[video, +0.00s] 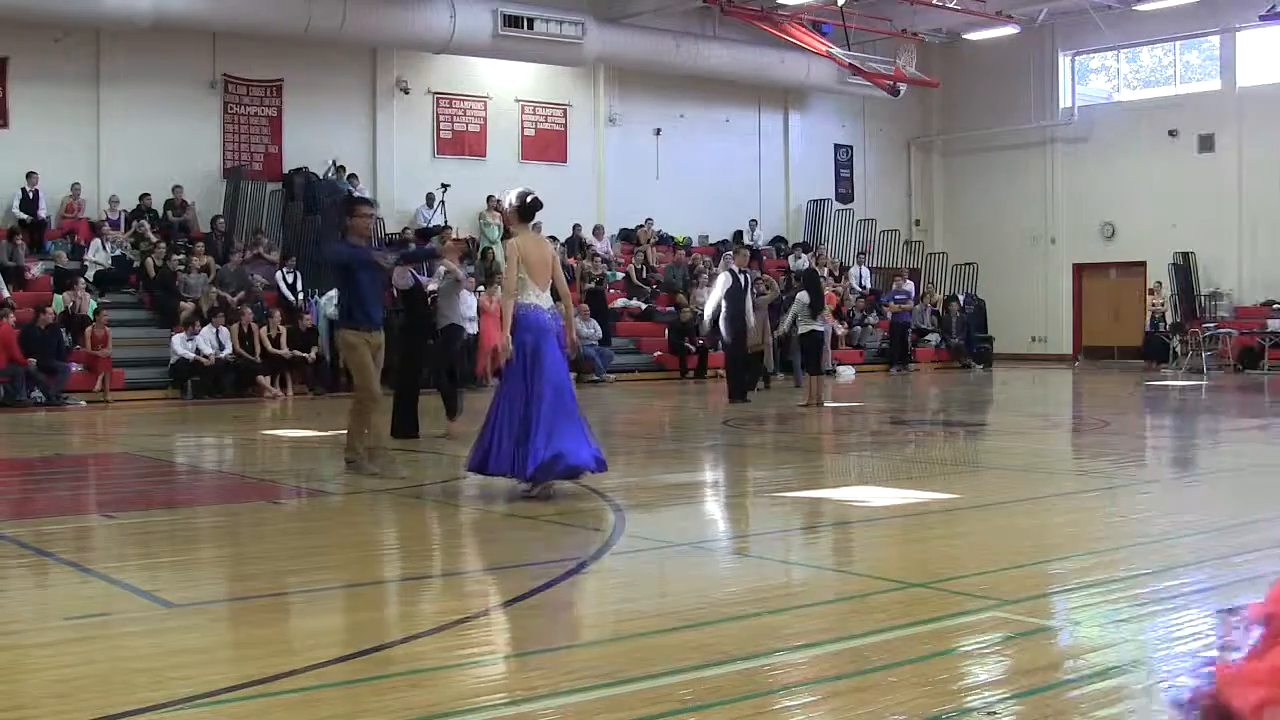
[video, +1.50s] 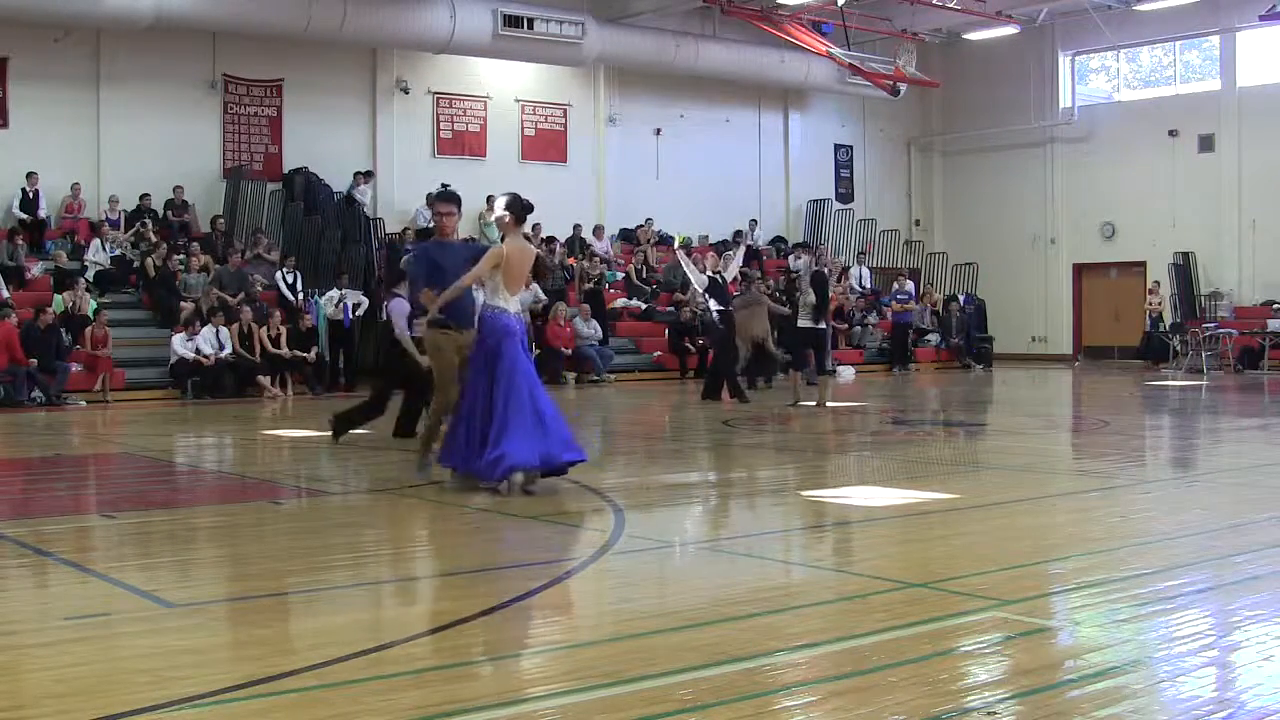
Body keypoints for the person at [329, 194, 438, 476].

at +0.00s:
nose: (369, 223)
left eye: (371, 218)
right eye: (364, 218)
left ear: (372, 221)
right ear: (349, 220)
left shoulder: (376, 251)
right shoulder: (342, 248)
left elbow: (404, 255)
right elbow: (331, 255)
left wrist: (439, 251)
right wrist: (371, 256)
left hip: (376, 333)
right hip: (352, 333)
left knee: (365, 396)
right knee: (372, 393)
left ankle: (353, 454)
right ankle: (377, 455)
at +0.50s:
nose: (400, 225)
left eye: (401, 219)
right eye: (394, 219)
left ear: (400, 220)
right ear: (378, 220)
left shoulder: (401, 252)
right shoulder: (360, 252)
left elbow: (429, 252)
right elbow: (357, 277)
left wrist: (459, 246)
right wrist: (359, 298)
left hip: (402, 334)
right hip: (376, 334)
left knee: (383, 396)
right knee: (385, 397)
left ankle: (357, 450)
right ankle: (393, 458)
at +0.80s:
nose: (415, 225)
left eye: (416, 219)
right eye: (409, 220)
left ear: (415, 220)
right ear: (393, 222)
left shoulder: (420, 253)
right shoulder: (375, 252)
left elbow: (445, 253)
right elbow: (355, 265)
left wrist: (472, 243)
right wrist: (347, 274)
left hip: (414, 337)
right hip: (383, 337)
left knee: (414, 398)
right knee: (390, 402)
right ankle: (394, 459)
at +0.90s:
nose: (417, 224)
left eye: (420, 219)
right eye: (411, 219)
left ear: (422, 220)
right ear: (397, 221)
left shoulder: (424, 253)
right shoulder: (380, 251)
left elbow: (453, 253)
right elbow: (356, 261)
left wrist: (480, 247)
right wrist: (364, 263)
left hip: (418, 336)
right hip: (385, 337)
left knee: (429, 396)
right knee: (392, 401)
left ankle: (423, 458)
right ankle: (395, 459)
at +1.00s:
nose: (420, 225)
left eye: (424, 219)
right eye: (414, 219)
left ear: (427, 221)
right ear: (401, 221)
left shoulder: (430, 254)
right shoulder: (383, 251)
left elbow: (461, 254)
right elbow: (368, 257)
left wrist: (496, 251)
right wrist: (384, 262)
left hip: (423, 336)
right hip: (391, 337)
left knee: (438, 397)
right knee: (393, 401)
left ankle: (449, 463)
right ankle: (395, 460)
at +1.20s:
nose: (427, 224)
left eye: (432, 219)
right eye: (422, 218)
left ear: (440, 222)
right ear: (413, 220)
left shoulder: (445, 253)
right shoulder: (401, 252)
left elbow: (476, 255)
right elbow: (403, 272)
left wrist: (507, 253)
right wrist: (423, 282)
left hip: (442, 337)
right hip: (409, 338)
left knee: (451, 402)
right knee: (404, 403)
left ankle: (456, 465)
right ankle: (397, 459)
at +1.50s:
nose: (443, 221)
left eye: (449, 215)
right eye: (438, 215)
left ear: (459, 217)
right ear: (432, 217)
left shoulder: (471, 249)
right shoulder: (422, 252)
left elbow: (500, 258)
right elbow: (418, 294)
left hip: (469, 332)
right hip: (440, 332)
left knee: (470, 396)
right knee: (447, 395)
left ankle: (464, 455)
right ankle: (426, 448)